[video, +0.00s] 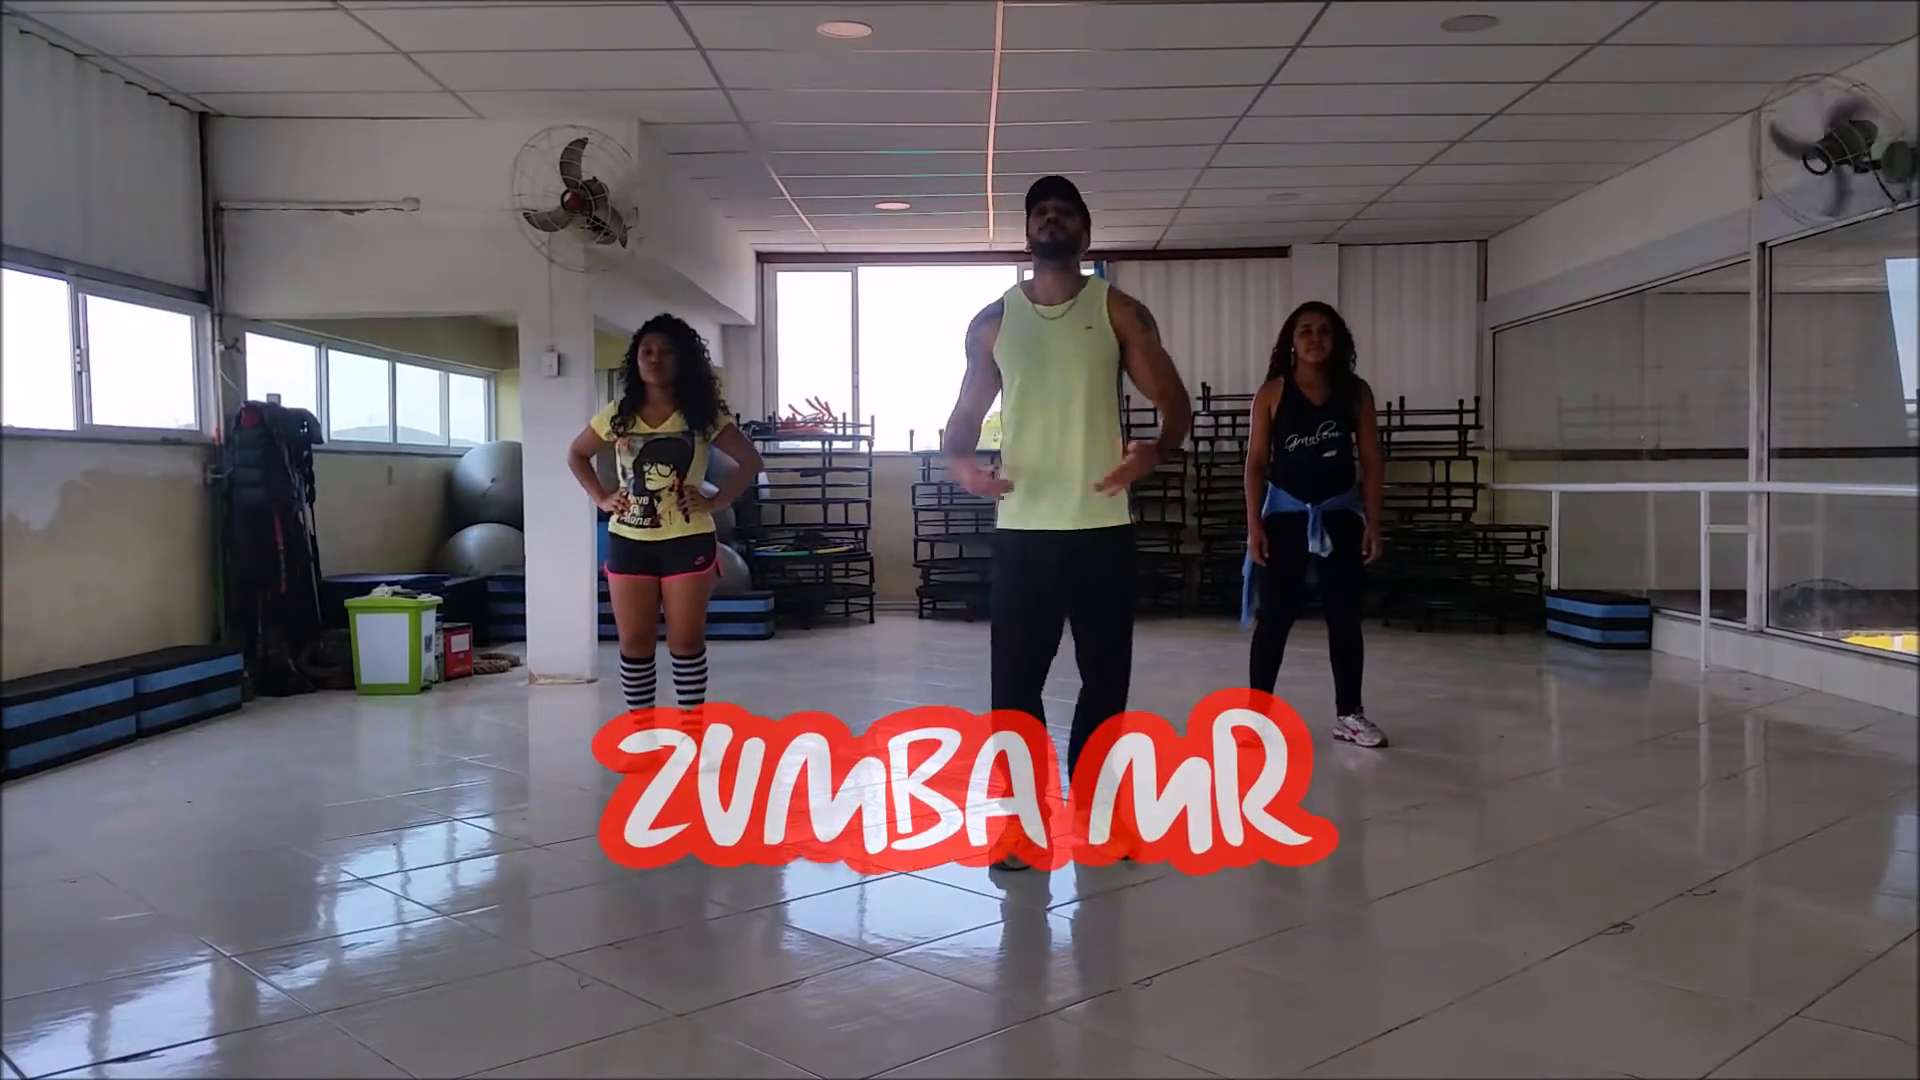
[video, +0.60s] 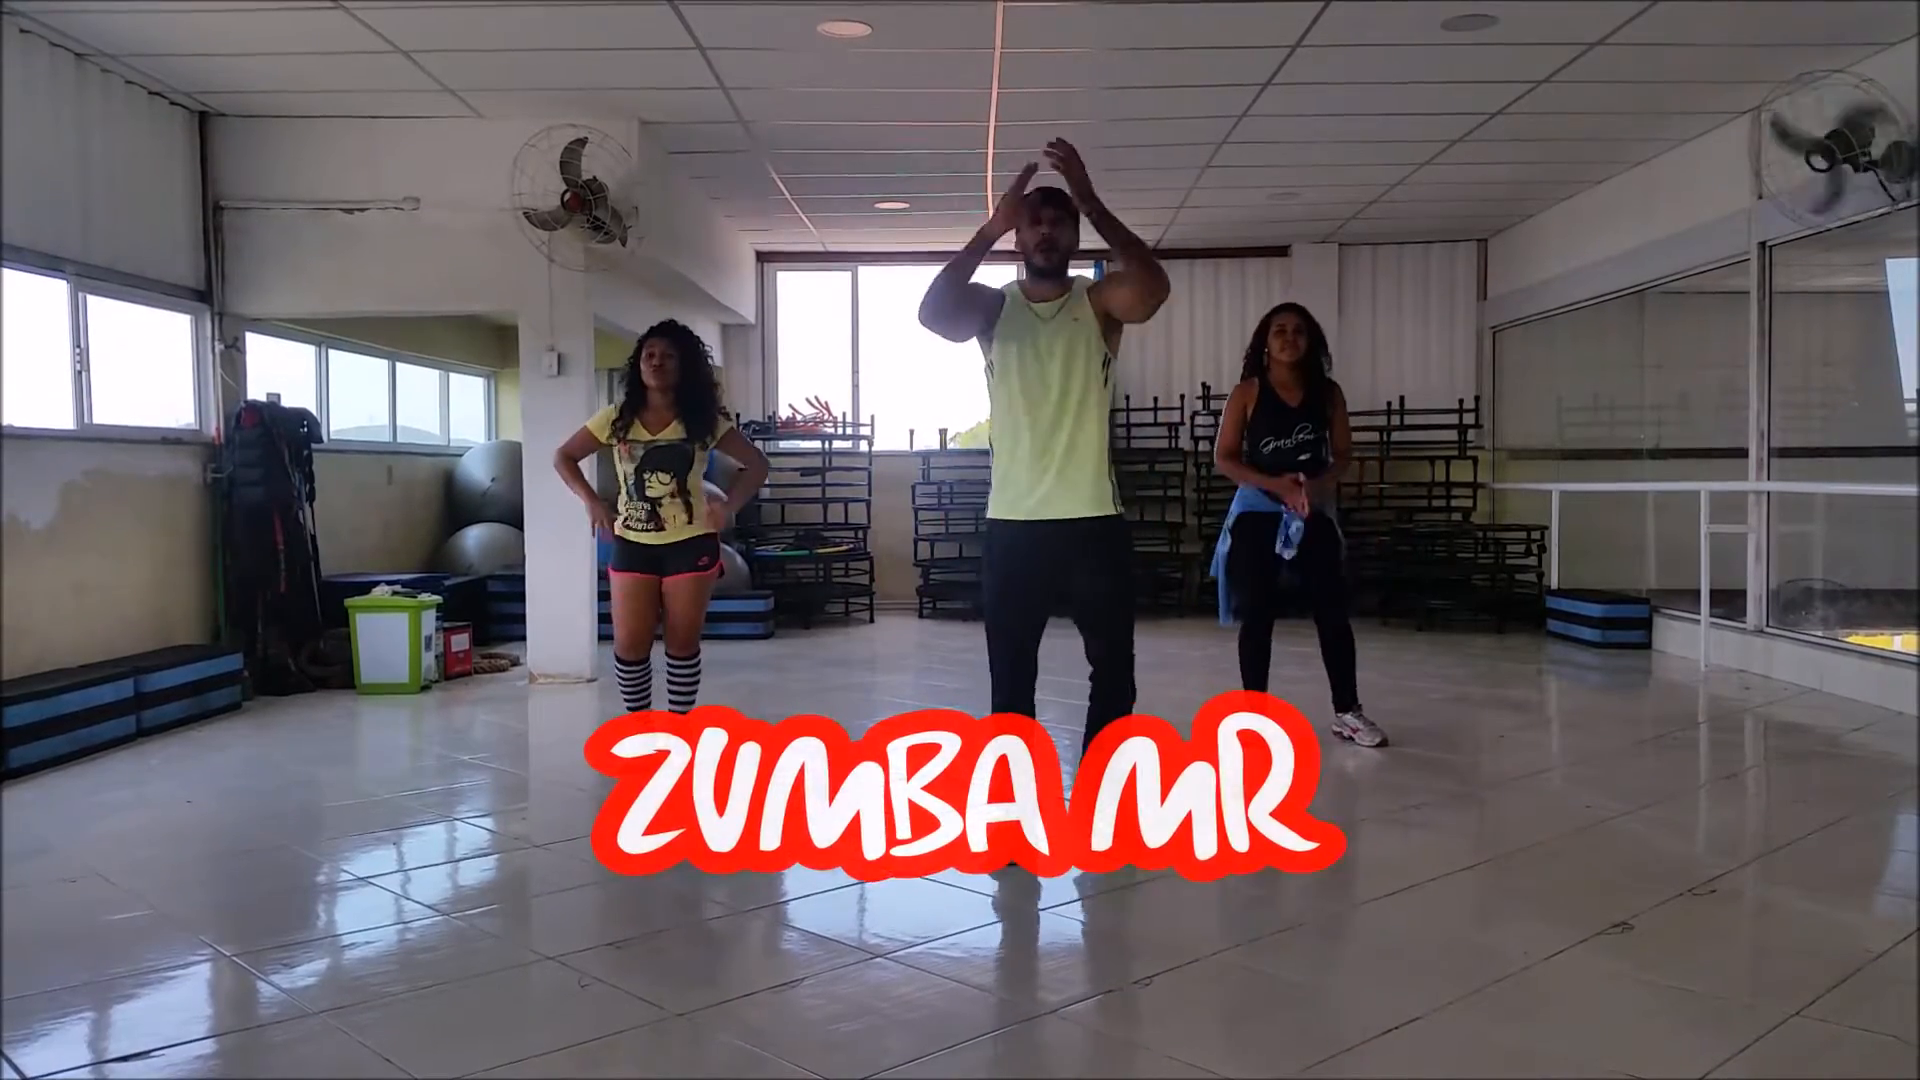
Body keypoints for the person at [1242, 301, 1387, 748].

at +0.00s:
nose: (1315, 339)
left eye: (1324, 332)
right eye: (1305, 332)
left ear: (1336, 341)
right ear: (1291, 341)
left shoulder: (1355, 392)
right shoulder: (1271, 393)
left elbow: (1372, 460)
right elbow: (1255, 463)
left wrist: (1373, 520)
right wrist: (1253, 523)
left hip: (1341, 516)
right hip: (1284, 517)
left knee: (1346, 617)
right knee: (1274, 616)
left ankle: (1349, 716)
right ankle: (1257, 715)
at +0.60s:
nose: (1289, 338)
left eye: (1298, 332)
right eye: (1280, 332)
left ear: (1310, 341)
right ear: (1264, 341)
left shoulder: (1328, 392)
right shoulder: (1246, 393)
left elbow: (1342, 458)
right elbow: (1224, 459)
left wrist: (1311, 487)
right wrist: (1275, 484)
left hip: (1313, 515)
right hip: (1256, 516)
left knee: (1332, 609)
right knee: (1257, 614)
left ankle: (1347, 713)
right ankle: (1256, 716)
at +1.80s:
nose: (1281, 341)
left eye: (1291, 336)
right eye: (1274, 332)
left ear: (1303, 344)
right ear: (1256, 337)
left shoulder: (1305, 380)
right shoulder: (1235, 377)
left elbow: (1346, 397)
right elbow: (1240, 405)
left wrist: (1322, 342)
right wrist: (1288, 366)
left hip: (1308, 504)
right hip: (1255, 506)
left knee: (1339, 596)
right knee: (1253, 608)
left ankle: (1332, 699)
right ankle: (1241, 709)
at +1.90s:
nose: (1285, 344)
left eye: (1293, 340)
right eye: (1278, 336)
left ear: (1303, 345)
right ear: (1261, 338)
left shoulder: (1312, 383)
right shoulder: (1240, 381)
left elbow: (1358, 388)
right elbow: (1238, 392)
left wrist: (1325, 342)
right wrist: (1299, 357)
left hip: (1316, 512)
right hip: (1262, 513)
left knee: (1327, 612)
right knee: (1256, 615)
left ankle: (1329, 710)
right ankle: (1240, 713)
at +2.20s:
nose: (1301, 341)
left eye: (1310, 334)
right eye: (1292, 334)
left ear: (1323, 339)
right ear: (1279, 339)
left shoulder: (1339, 385)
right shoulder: (1268, 386)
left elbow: (1363, 351)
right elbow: (1237, 371)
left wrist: (1338, 301)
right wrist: (1267, 322)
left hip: (1325, 513)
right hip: (1270, 512)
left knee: (1326, 616)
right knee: (1255, 612)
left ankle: (1327, 711)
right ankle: (1247, 704)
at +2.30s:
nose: (1298, 341)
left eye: (1306, 333)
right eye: (1288, 335)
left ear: (1319, 338)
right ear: (1277, 344)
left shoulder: (1338, 384)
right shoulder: (1266, 387)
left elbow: (1356, 340)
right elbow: (1239, 359)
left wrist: (1311, 299)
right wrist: (1279, 315)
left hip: (1322, 514)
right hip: (1268, 512)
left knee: (1321, 616)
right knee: (1259, 614)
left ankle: (1327, 711)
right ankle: (1250, 711)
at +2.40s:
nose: (1293, 344)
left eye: (1301, 336)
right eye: (1284, 338)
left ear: (1314, 341)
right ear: (1272, 346)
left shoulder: (1333, 384)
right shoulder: (1260, 388)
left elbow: (1359, 340)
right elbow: (1231, 356)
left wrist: (1312, 304)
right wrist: (1276, 315)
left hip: (1318, 516)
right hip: (1264, 516)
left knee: (1322, 617)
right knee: (1260, 616)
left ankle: (1328, 711)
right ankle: (1253, 712)